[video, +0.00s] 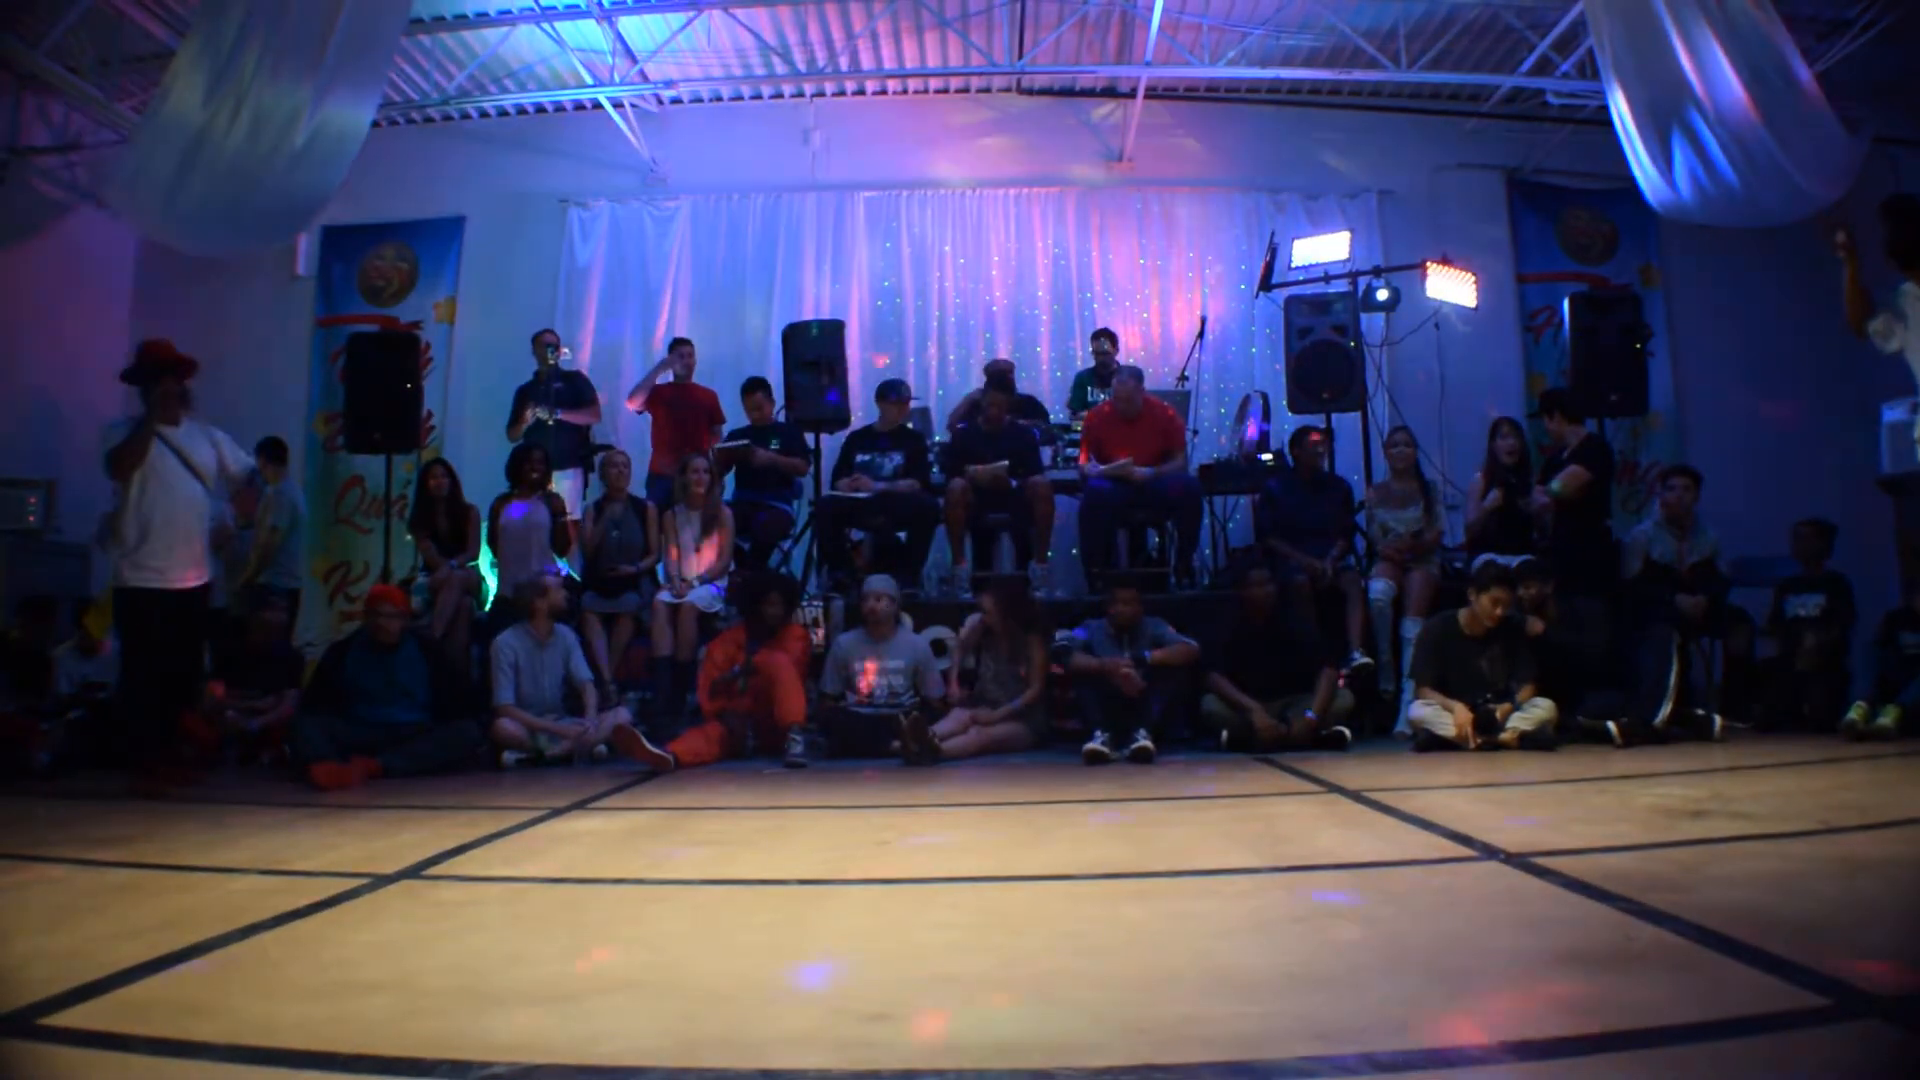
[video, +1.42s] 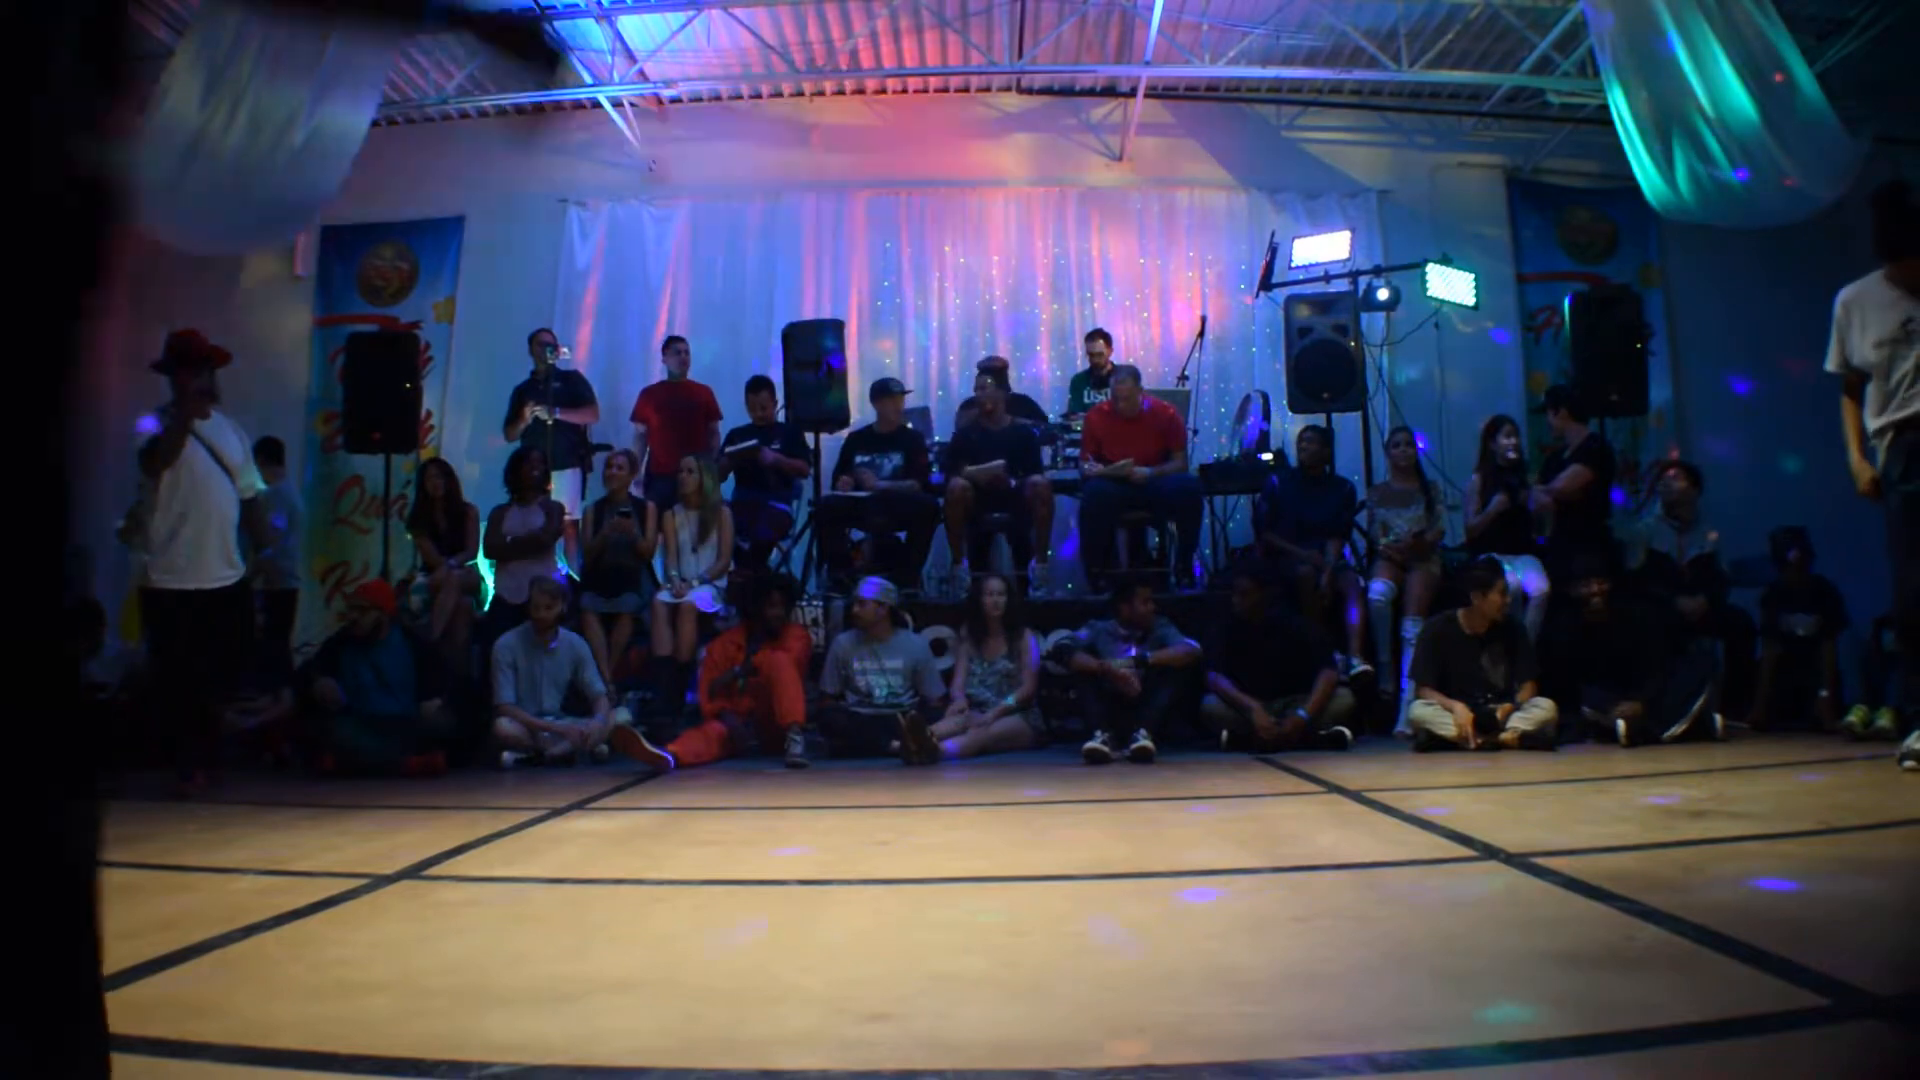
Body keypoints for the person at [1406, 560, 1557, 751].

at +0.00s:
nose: (1499, 612)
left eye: (1505, 606)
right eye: (1494, 603)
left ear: (1511, 606)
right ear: (1472, 596)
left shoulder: (1510, 630)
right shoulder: (1438, 629)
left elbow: (1528, 686)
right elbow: (1423, 690)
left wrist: (1508, 707)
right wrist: (1456, 707)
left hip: (1499, 706)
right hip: (1457, 710)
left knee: (1546, 707)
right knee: (1418, 711)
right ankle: (1505, 740)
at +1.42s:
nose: (1507, 601)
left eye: (1507, 594)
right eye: (1501, 594)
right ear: (1476, 597)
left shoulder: (1512, 628)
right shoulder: (1438, 629)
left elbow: (1528, 686)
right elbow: (1423, 689)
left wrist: (1511, 706)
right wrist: (1456, 707)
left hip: (1500, 706)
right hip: (1456, 708)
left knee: (1546, 708)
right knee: (1418, 711)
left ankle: (1470, 742)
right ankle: (1504, 740)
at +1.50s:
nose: (1507, 600)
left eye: (1506, 594)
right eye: (1501, 593)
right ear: (1476, 597)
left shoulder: (1512, 629)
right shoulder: (1437, 629)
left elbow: (1528, 685)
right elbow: (1423, 689)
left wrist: (1512, 706)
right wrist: (1456, 707)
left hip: (1500, 706)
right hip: (1456, 709)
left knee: (1546, 708)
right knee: (1418, 711)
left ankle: (1469, 742)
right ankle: (1504, 740)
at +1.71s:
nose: (1506, 600)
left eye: (1506, 593)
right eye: (1501, 592)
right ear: (1477, 597)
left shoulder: (1511, 629)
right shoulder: (1437, 629)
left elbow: (1528, 684)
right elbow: (1423, 689)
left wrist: (1511, 707)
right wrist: (1456, 708)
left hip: (1500, 706)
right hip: (1456, 709)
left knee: (1546, 708)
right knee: (1418, 711)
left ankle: (1463, 743)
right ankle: (1505, 740)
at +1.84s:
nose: (1507, 600)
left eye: (1508, 593)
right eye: (1501, 593)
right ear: (1475, 595)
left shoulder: (1514, 629)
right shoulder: (1440, 629)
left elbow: (1528, 684)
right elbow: (1423, 689)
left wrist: (1511, 706)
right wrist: (1456, 708)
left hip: (1500, 706)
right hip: (1456, 708)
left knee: (1546, 707)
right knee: (1418, 711)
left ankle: (1462, 743)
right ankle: (1505, 740)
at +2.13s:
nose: (1501, 596)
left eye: (1505, 588)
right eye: (1494, 587)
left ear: (1510, 592)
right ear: (1471, 591)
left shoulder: (1516, 629)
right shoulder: (1444, 628)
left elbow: (1529, 684)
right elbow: (1424, 689)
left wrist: (1508, 706)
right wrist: (1456, 708)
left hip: (1501, 706)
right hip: (1457, 706)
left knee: (1545, 707)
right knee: (1417, 711)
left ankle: (1461, 743)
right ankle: (1501, 740)